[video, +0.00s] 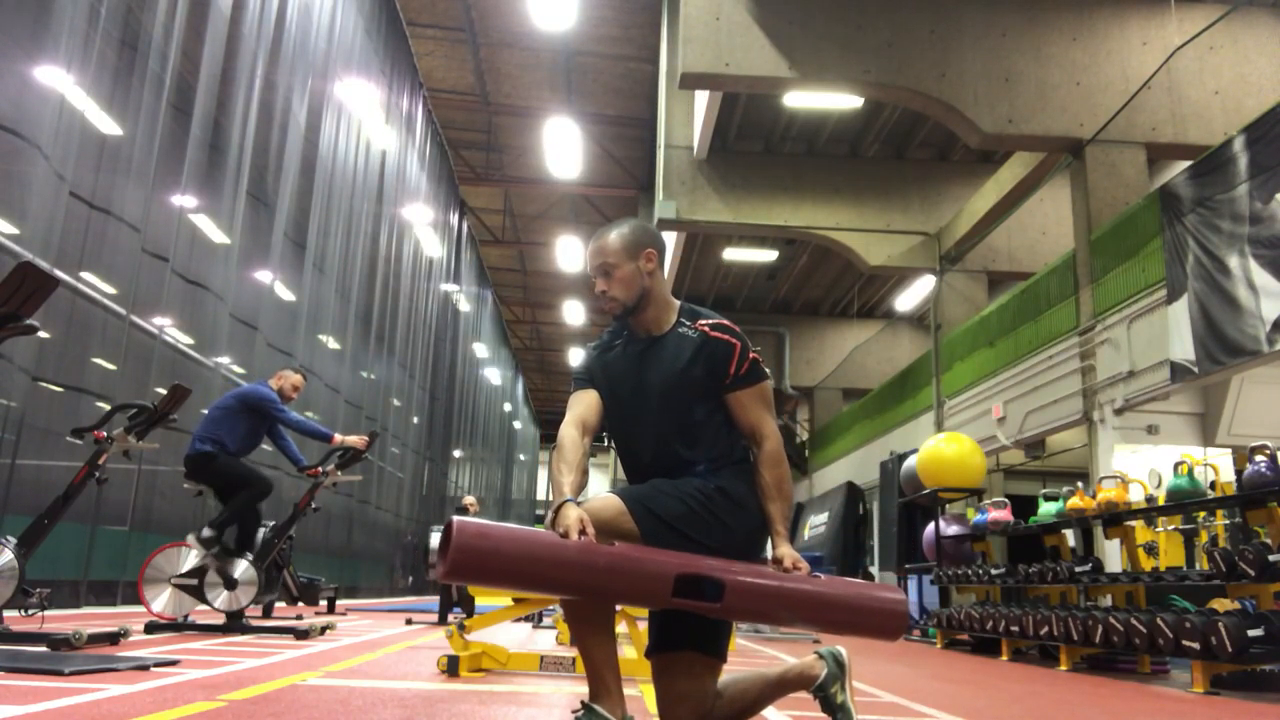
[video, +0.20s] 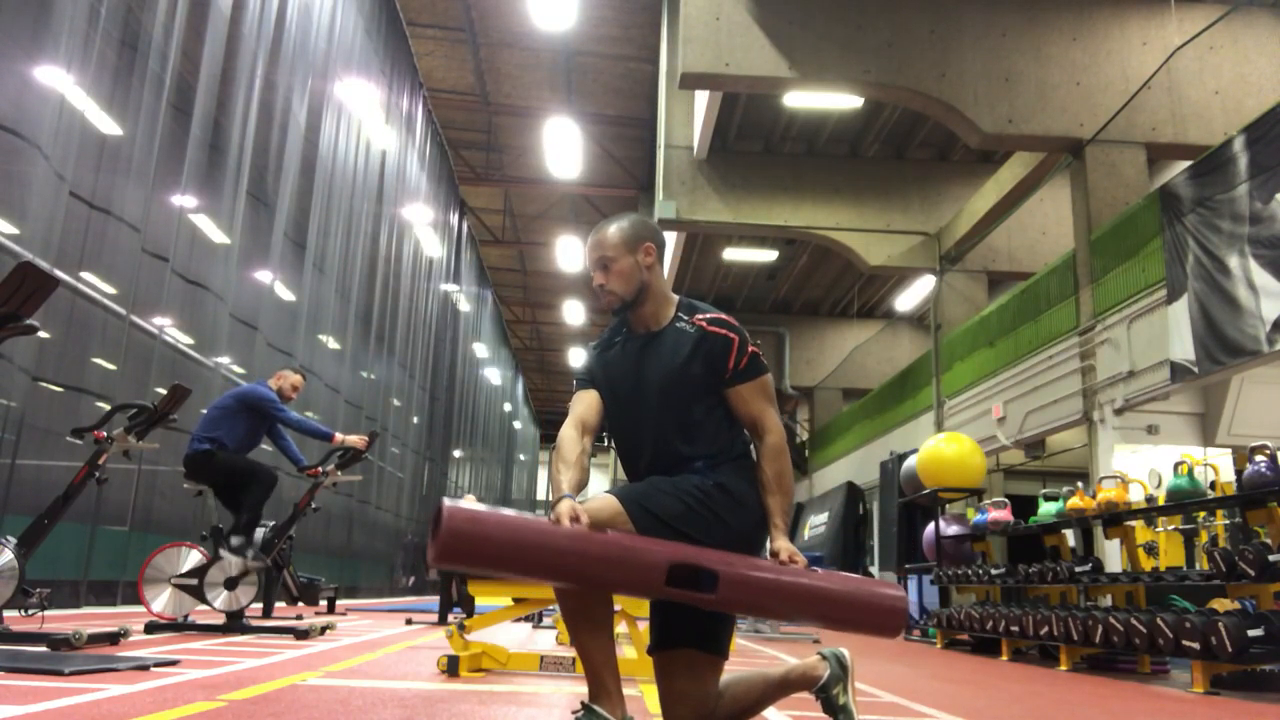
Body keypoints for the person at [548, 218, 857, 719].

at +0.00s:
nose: (597, 287)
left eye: (608, 271)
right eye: (594, 275)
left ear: (650, 264)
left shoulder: (715, 338)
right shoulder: (604, 359)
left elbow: (768, 439)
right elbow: (575, 429)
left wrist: (782, 539)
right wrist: (566, 502)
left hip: (728, 510)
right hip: (667, 524)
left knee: (574, 523)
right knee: (686, 708)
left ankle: (608, 706)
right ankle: (817, 671)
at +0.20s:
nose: (595, 280)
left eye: (606, 265)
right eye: (591, 269)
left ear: (648, 258)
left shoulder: (714, 332)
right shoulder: (605, 357)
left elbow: (770, 431)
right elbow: (577, 429)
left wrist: (780, 532)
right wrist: (566, 495)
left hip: (726, 503)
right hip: (668, 518)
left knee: (575, 524)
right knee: (689, 707)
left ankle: (607, 706)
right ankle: (819, 671)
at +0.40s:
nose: (590, 249)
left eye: (599, 233)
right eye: (585, 237)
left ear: (639, 226)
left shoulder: (704, 299)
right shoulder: (606, 326)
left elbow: (762, 392)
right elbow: (570, 396)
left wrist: (756, 497)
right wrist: (544, 435)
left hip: (714, 476)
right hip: (665, 484)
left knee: (561, 528)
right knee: (702, 686)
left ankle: (607, 708)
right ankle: (834, 669)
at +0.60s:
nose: (576, 175)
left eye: (585, 159)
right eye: (574, 163)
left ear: (624, 154)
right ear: (600, 163)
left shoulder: (674, 226)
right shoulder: (605, 255)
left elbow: (715, 330)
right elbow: (555, 331)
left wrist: (679, 428)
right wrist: (497, 340)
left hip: (702, 428)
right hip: (665, 433)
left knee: (567, 529)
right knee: (720, 610)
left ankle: (607, 706)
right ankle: (850, 670)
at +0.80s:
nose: (580, 113)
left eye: (585, 97)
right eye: (576, 103)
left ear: (627, 87)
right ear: (616, 95)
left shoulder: (661, 155)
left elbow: (649, 259)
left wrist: (571, 326)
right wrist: (504, 226)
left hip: (670, 363)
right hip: (665, 365)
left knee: (591, 522)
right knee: (615, 535)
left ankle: (612, 706)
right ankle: (748, 620)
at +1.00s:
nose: (595, 96)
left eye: (603, 82)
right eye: (593, 87)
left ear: (644, 70)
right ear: (643, 76)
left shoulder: (656, 129)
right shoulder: (647, 138)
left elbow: (563, 196)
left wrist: (457, 204)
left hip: (650, 345)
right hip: (619, 339)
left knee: (601, 528)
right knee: (491, 397)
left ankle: (614, 707)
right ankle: (573, 529)